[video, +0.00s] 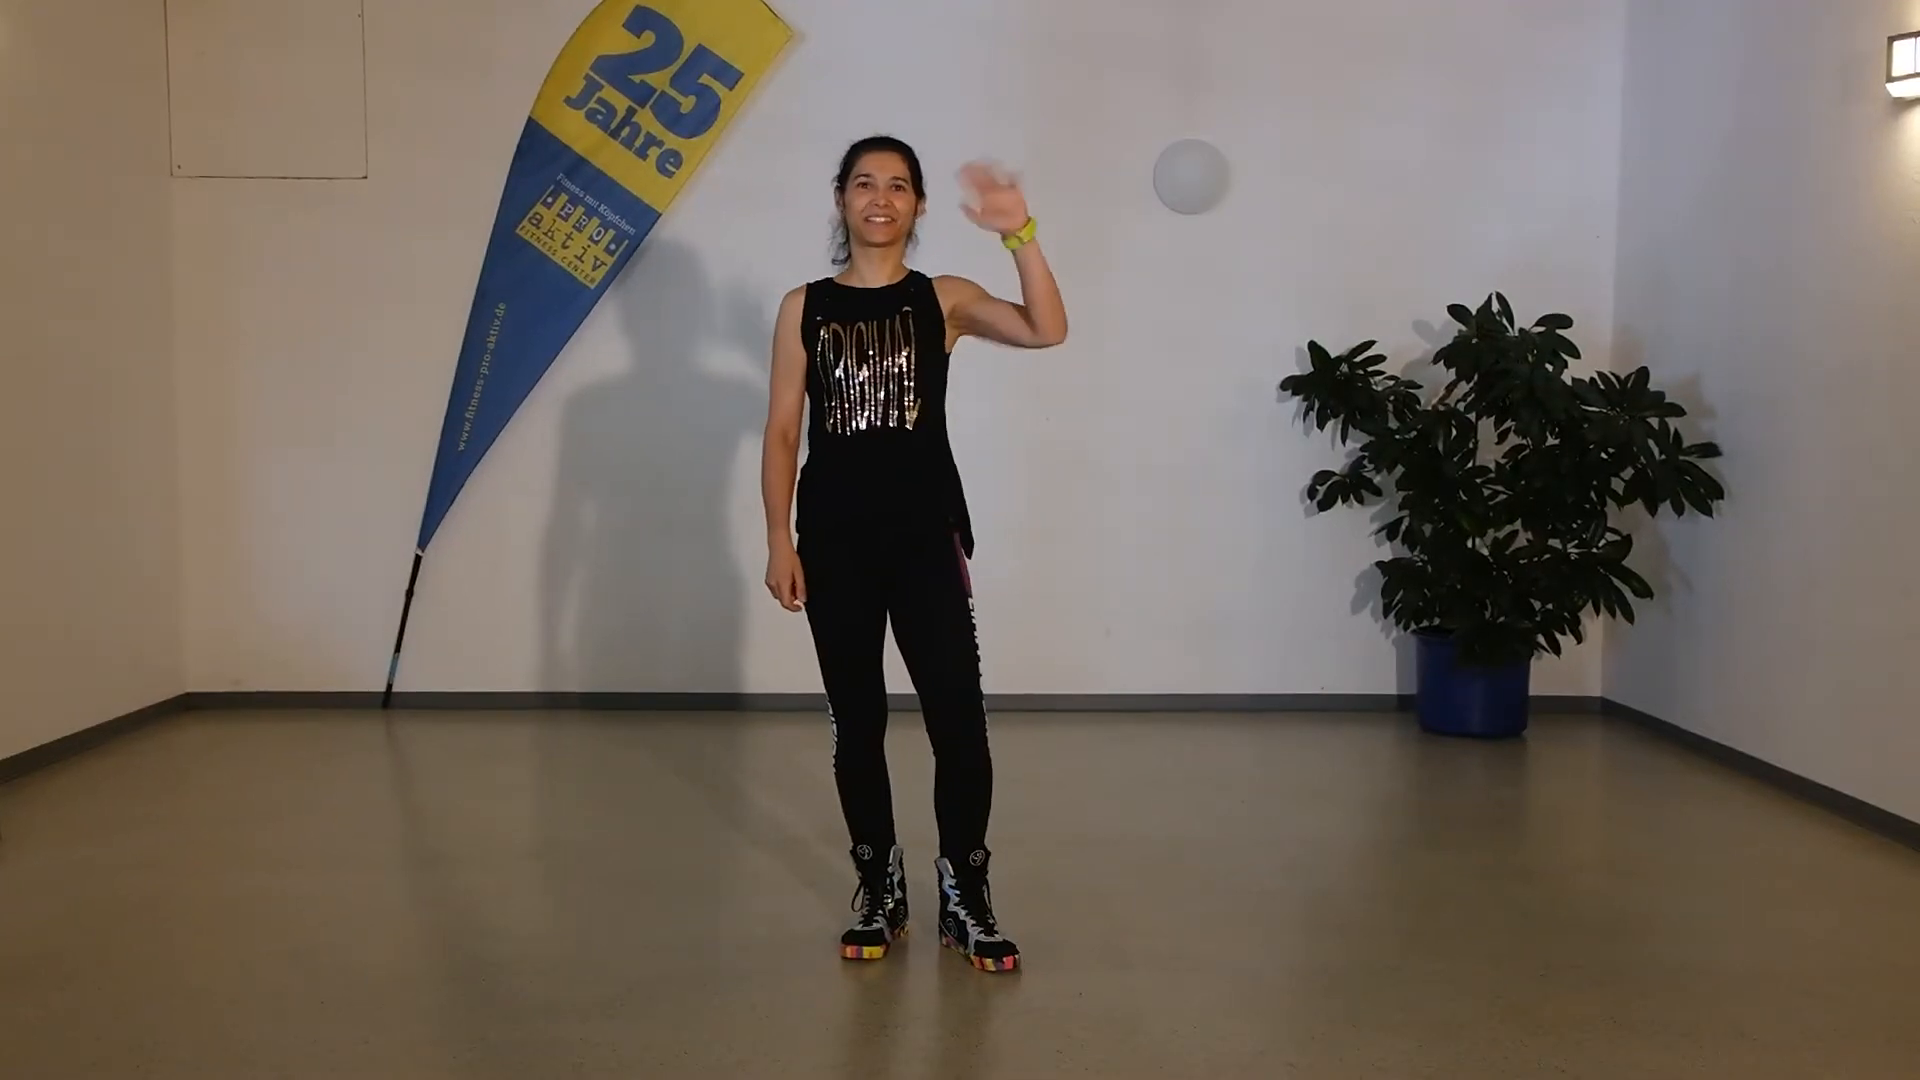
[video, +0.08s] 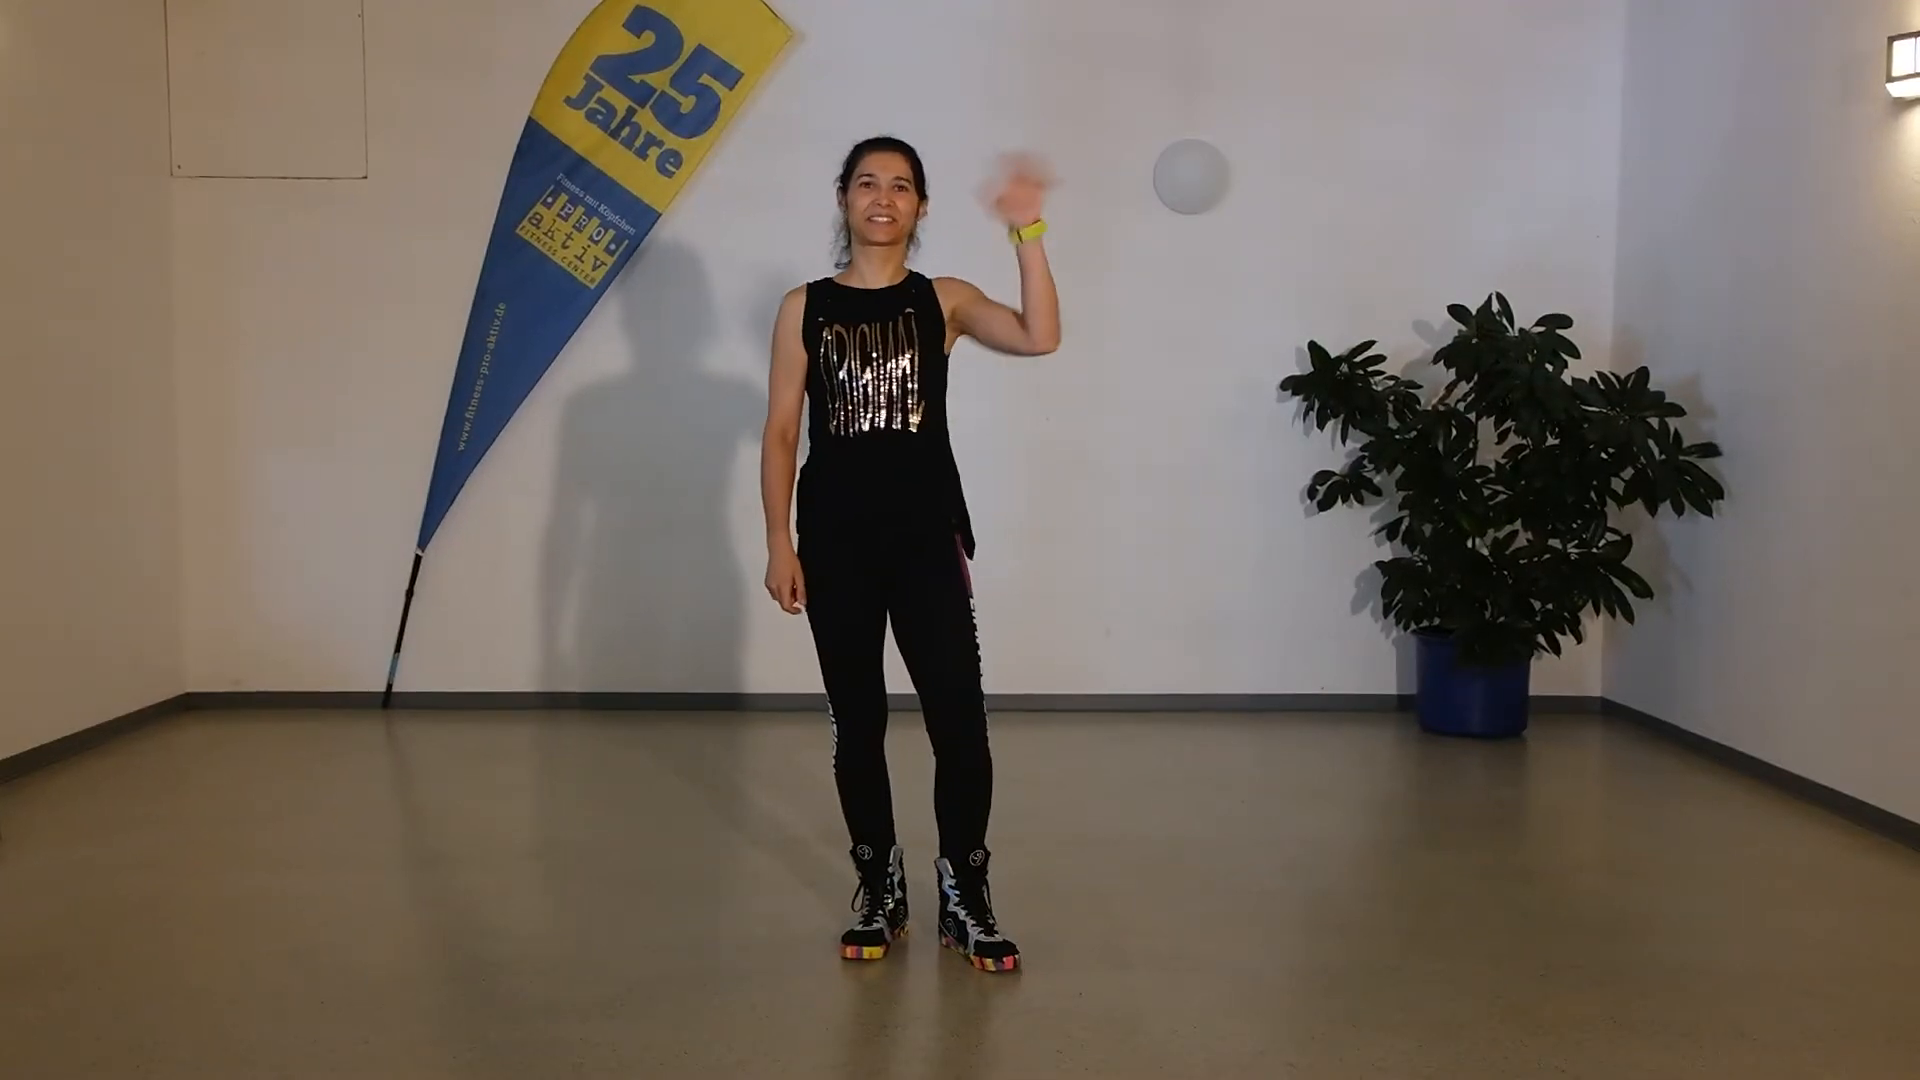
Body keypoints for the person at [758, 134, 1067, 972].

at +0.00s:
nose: (880, 198)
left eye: (895, 187)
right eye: (865, 185)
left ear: (916, 207)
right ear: (841, 202)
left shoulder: (945, 297)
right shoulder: (805, 307)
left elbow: (1046, 327)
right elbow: (783, 430)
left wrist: (1018, 234)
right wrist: (779, 539)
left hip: (928, 541)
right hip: (834, 543)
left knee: (958, 720)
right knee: (857, 723)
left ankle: (965, 899)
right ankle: (878, 891)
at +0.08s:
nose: (883, 197)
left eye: (899, 187)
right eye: (868, 185)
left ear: (919, 210)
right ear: (843, 203)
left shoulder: (945, 299)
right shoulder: (805, 308)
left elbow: (1037, 334)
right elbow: (782, 430)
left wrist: (1026, 234)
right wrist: (779, 543)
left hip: (929, 543)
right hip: (836, 545)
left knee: (959, 720)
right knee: (858, 723)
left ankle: (964, 897)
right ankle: (878, 888)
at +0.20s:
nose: (886, 198)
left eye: (902, 188)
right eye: (871, 185)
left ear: (922, 210)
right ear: (845, 202)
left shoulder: (943, 299)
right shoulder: (806, 305)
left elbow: (1034, 338)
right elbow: (783, 428)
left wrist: (1029, 233)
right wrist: (778, 539)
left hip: (929, 543)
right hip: (835, 544)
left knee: (962, 716)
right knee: (858, 722)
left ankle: (964, 897)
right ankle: (877, 888)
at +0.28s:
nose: (891, 200)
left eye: (907, 189)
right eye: (876, 185)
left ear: (924, 211)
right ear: (848, 201)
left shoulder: (945, 300)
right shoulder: (807, 304)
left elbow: (1042, 336)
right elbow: (781, 428)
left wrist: (1023, 244)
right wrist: (781, 539)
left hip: (931, 543)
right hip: (837, 544)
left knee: (967, 721)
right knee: (858, 723)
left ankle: (959, 902)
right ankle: (878, 893)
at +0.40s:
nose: (893, 200)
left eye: (909, 191)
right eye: (878, 186)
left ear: (925, 212)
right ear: (851, 199)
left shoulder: (943, 301)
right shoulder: (808, 304)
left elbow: (1031, 343)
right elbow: (782, 425)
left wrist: (1030, 234)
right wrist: (783, 535)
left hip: (929, 540)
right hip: (836, 540)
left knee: (970, 715)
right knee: (859, 721)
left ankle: (954, 898)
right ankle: (877, 889)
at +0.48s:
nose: (891, 200)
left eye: (908, 190)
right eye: (877, 186)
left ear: (926, 211)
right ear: (851, 199)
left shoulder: (944, 303)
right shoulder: (808, 304)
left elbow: (1032, 351)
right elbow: (784, 427)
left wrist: (1028, 247)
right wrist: (788, 532)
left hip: (930, 541)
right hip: (837, 541)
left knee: (968, 716)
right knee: (859, 721)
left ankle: (951, 897)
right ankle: (878, 890)